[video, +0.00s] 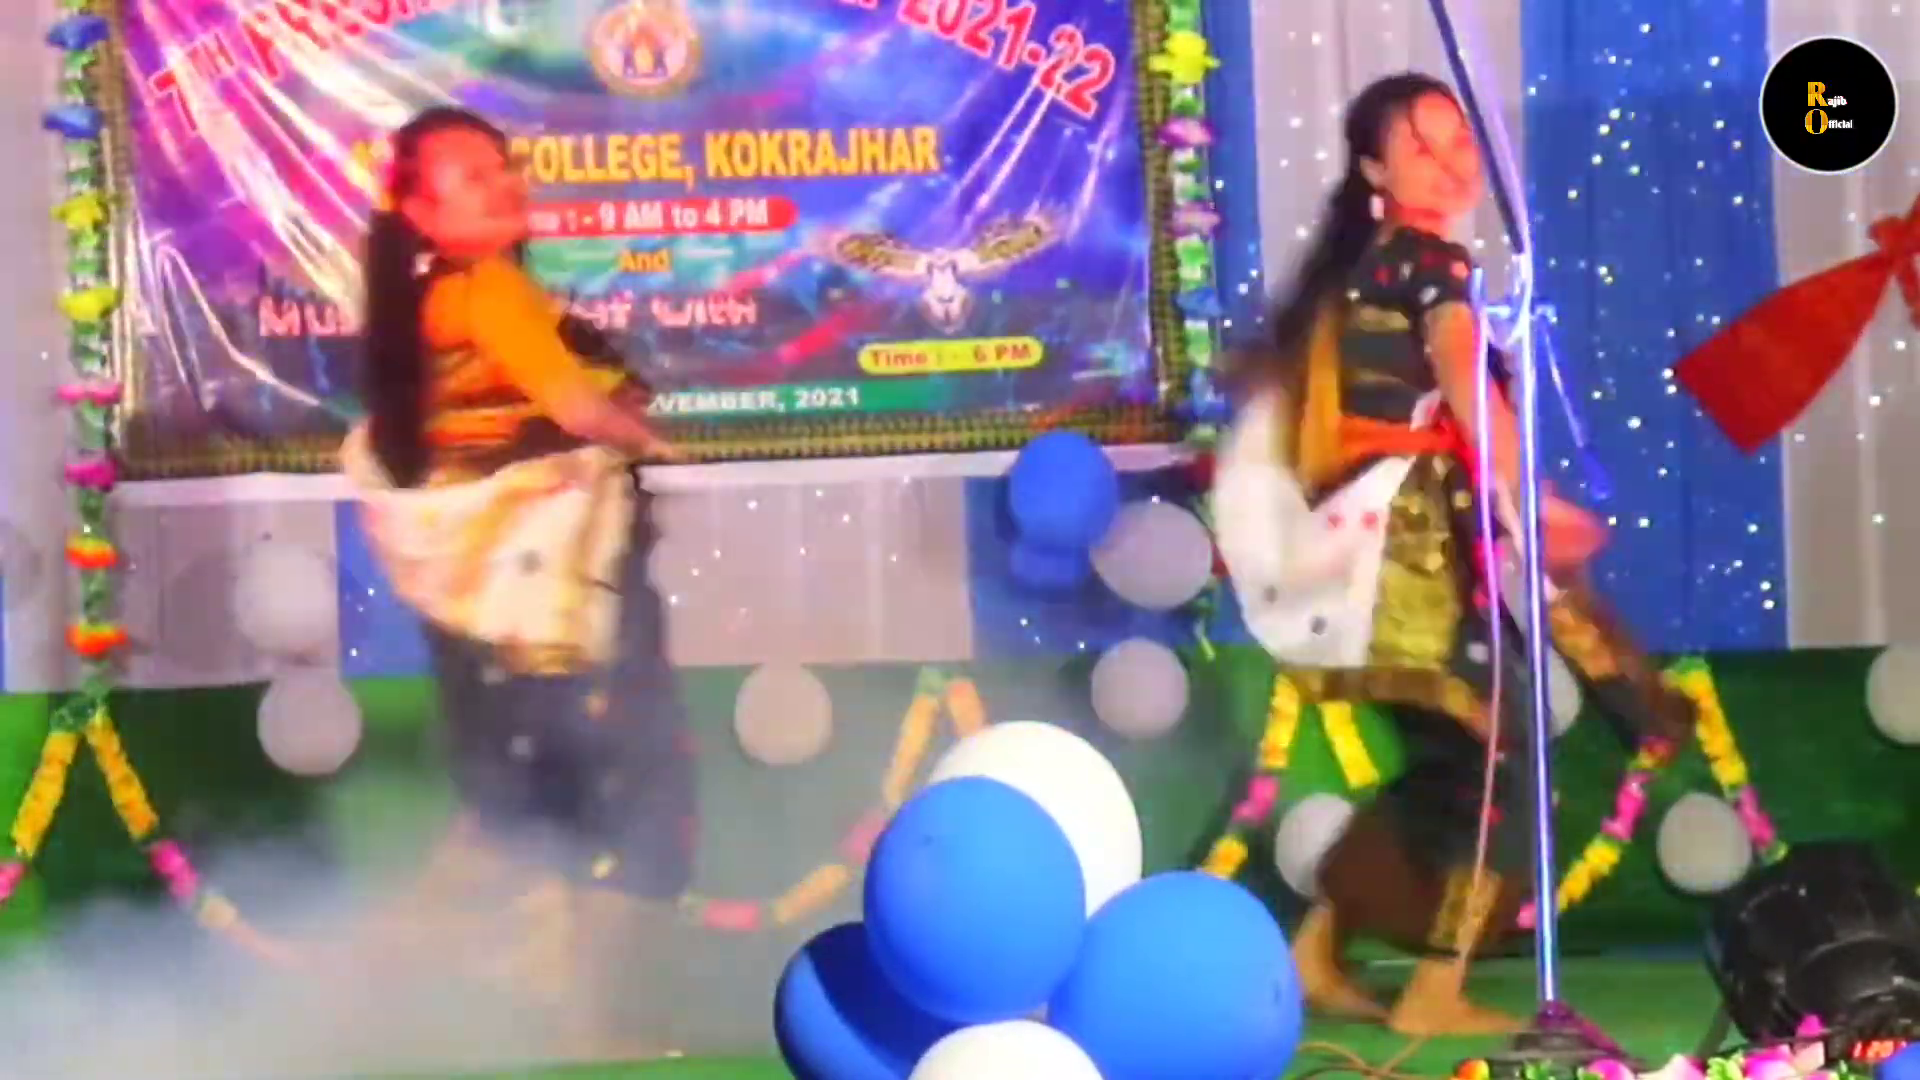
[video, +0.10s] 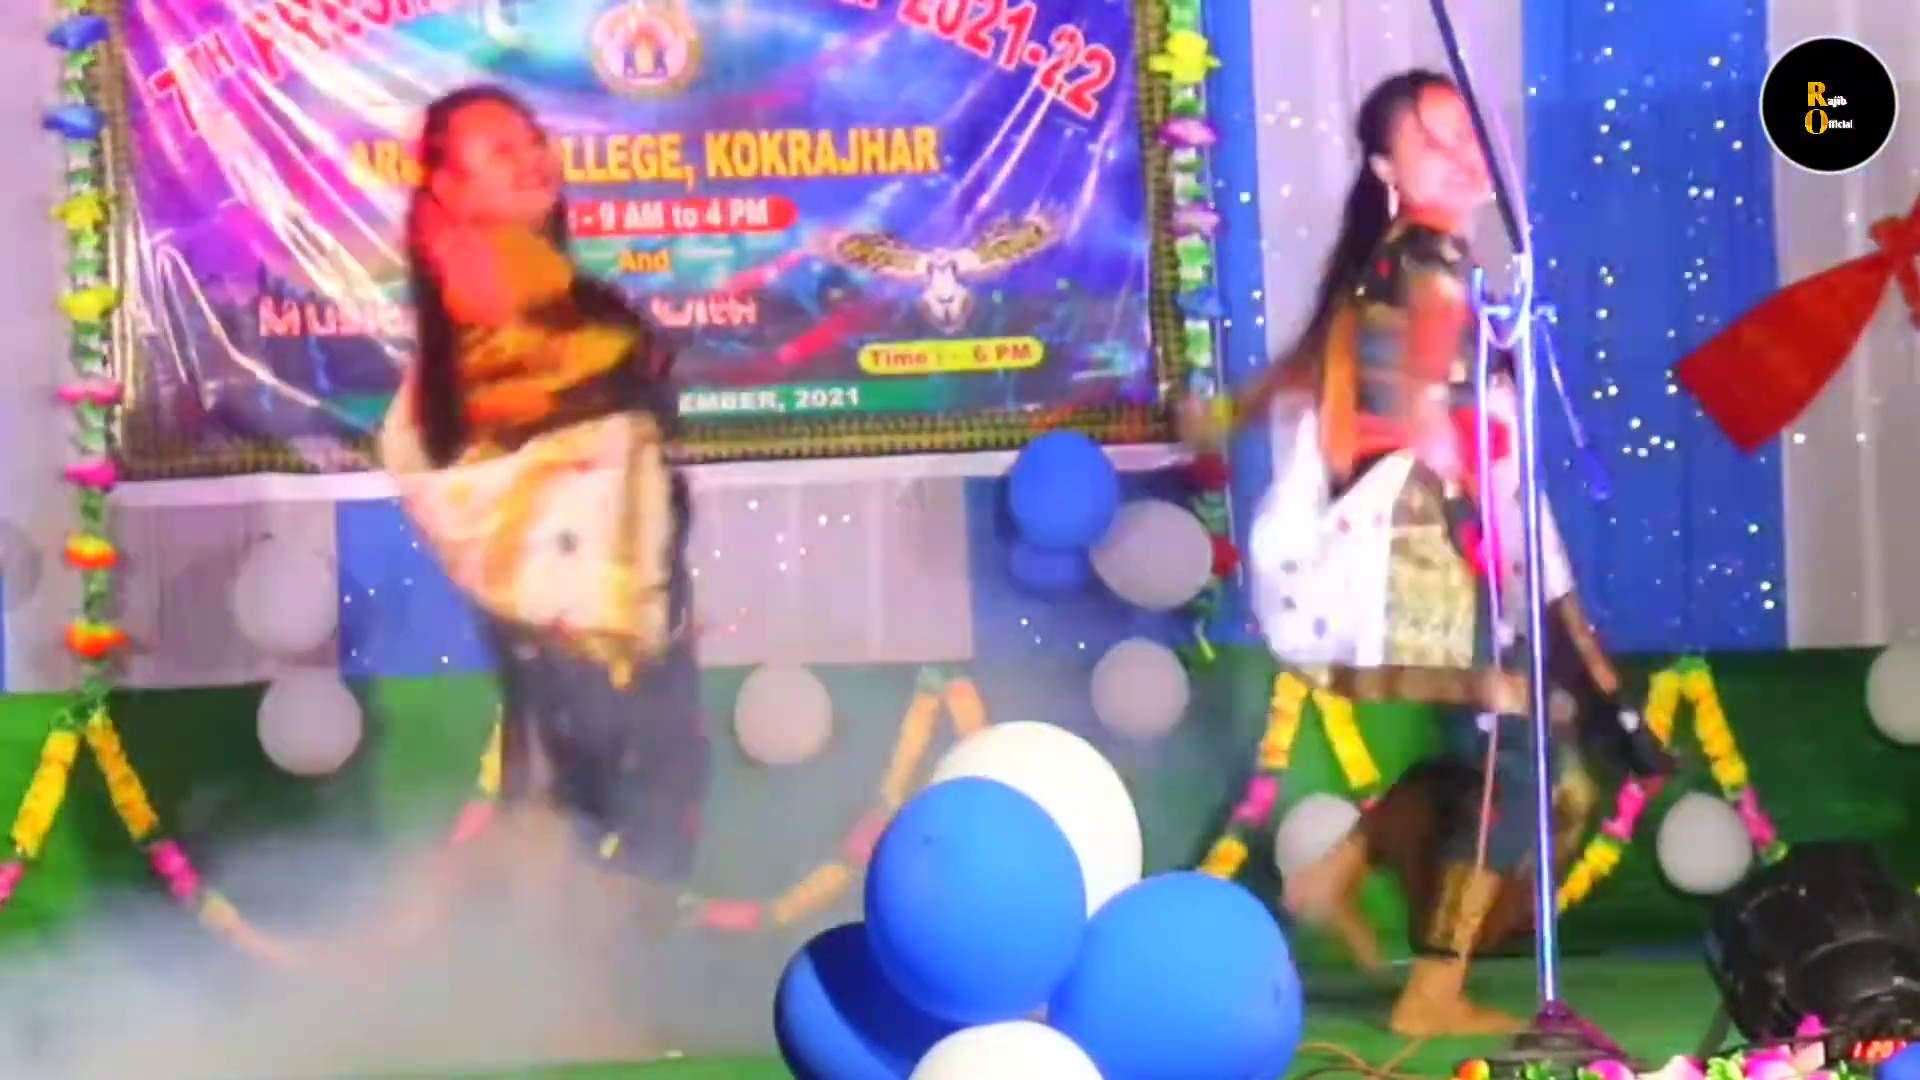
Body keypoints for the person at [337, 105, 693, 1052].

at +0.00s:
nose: (504, 186)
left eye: (501, 166)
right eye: (472, 178)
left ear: (510, 173)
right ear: (422, 213)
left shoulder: (428, 298)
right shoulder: (490, 292)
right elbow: (573, 405)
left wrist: (587, 383)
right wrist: (645, 436)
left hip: (481, 607)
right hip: (559, 609)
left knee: (511, 803)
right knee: (633, 810)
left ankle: (381, 969)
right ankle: (592, 1026)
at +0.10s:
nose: (534, 163)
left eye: (532, 143)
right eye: (501, 153)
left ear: (546, 156)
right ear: (449, 185)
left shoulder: (546, 277)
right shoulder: (489, 277)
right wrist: (628, 358)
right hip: (563, 577)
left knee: (562, 782)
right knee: (650, 787)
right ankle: (600, 1011)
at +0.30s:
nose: (581, 107)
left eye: (590, 91)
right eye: (550, 100)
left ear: (615, 111)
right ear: (505, 141)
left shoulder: (645, 236)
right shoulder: (522, 218)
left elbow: (758, 299)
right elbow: (472, 285)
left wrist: (845, 304)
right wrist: (438, 231)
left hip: (690, 502)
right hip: (605, 511)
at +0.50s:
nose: (569, 172)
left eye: (587, 153)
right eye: (561, 156)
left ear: (646, 157)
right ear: (557, 171)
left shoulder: (735, 273)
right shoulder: (544, 285)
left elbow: (826, 351)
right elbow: (509, 390)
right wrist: (619, 349)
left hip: (728, 524)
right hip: (604, 531)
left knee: (769, 725)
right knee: (639, 739)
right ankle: (657, 958)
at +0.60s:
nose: (591, 128)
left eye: (607, 110)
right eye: (582, 112)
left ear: (660, 104)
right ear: (569, 120)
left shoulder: (734, 184)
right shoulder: (553, 206)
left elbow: (721, 243)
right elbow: (464, 287)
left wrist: (634, 178)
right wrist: (544, 207)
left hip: (696, 470)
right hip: (572, 476)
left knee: (712, 696)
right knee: (590, 708)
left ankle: (728, 924)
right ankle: (642, 936)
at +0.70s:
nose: (596, 103)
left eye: (611, 84)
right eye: (593, 85)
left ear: (653, 80)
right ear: (590, 88)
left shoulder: (720, 179)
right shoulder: (569, 197)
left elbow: (659, 232)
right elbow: (454, 283)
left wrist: (571, 181)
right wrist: (523, 191)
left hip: (666, 476)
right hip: (554, 479)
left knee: (672, 695)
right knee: (552, 704)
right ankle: (593, 900)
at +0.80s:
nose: (572, 137)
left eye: (582, 116)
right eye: (577, 116)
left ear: (620, 125)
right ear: (669, 119)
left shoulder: (672, 232)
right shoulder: (636, 233)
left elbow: (610, 311)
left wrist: (485, 328)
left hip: (645, 545)